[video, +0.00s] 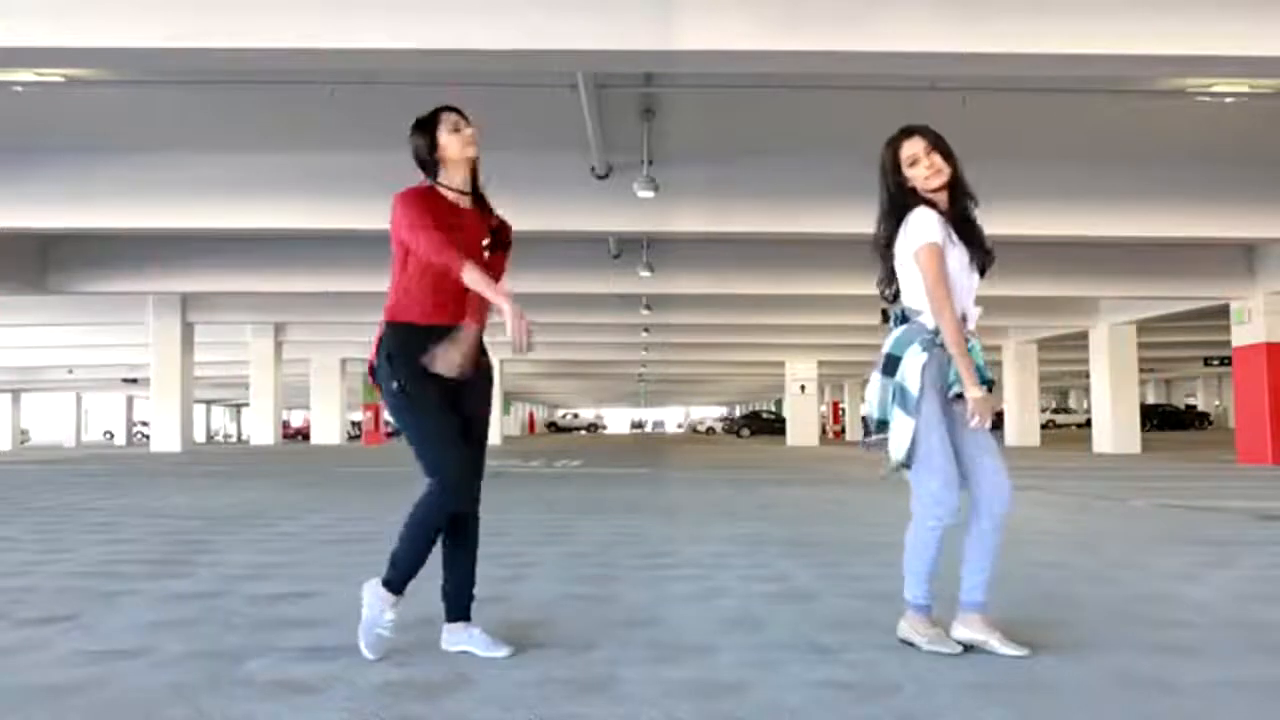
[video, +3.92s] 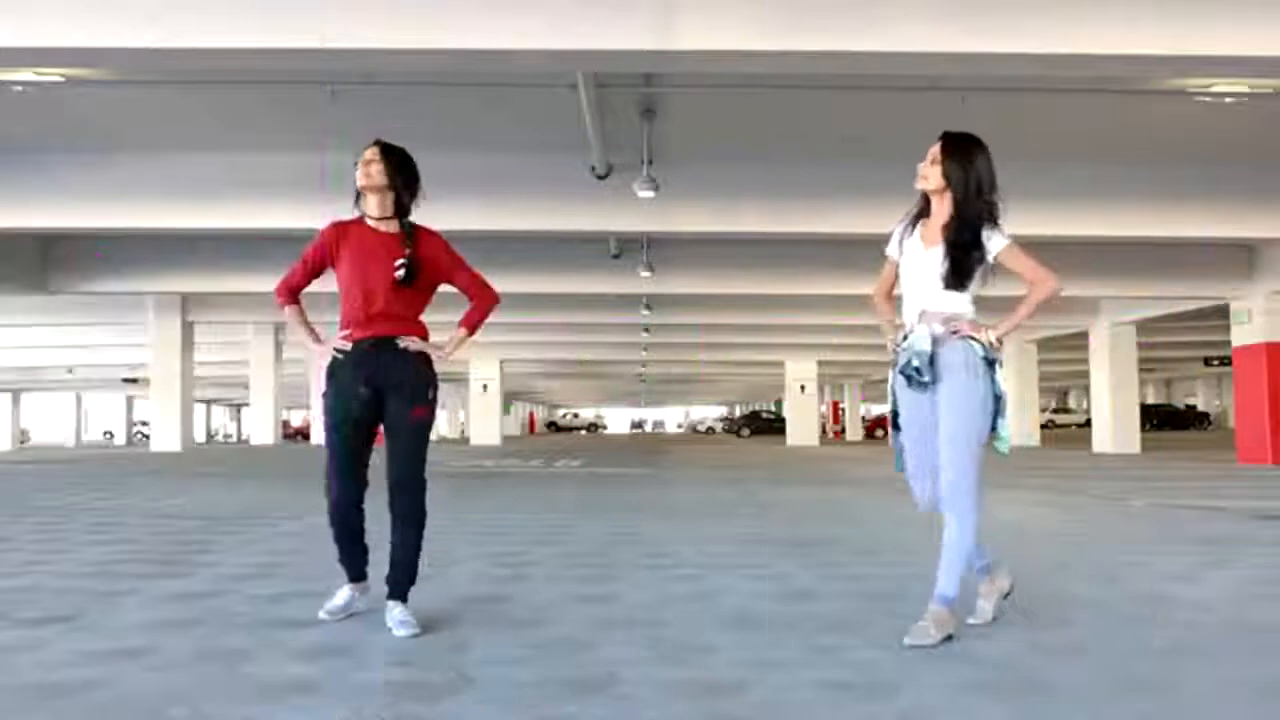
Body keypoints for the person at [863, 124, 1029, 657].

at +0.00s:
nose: (930, 164)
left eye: (934, 152)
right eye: (915, 163)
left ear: (949, 158)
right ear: (904, 180)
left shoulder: (952, 226)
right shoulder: (921, 223)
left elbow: (954, 309)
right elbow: (940, 307)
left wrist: (972, 379)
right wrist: (972, 383)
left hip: (958, 365)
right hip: (923, 365)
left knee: (994, 488)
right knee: (936, 492)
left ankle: (971, 615)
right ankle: (916, 615)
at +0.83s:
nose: (934, 172)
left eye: (939, 161)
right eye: (921, 170)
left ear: (957, 166)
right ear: (913, 183)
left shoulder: (968, 235)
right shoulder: (924, 224)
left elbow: (967, 325)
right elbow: (910, 307)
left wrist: (992, 394)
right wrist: (921, 391)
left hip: (961, 374)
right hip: (918, 371)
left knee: (1004, 494)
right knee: (933, 497)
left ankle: (971, 615)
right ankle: (916, 616)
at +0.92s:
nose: (925, 164)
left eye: (932, 153)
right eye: (916, 160)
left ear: (956, 155)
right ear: (911, 171)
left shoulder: (985, 224)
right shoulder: (917, 216)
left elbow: (996, 301)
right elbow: (869, 287)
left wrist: (1007, 358)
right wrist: (887, 358)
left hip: (968, 362)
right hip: (915, 356)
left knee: (995, 493)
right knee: (924, 490)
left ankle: (977, 616)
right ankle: (912, 615)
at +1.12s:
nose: (920, 155)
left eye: (929, 146)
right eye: (918, 146)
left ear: (958, 150)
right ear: (921, 153)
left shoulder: (1003, 213)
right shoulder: (910, 209)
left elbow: (1068, 257)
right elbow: (842, 242)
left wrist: (1034, 315)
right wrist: (869, 291)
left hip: (984, 353)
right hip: (918, 353)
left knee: (984, 490)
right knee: (920, 491)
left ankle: (1008, 613)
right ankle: (912, 614)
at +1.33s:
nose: (936, 159)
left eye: (945, 151)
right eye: (938, 150)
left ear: (972, 159)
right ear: (953, 159)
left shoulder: (1013, 215)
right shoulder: (930, 216)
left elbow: (1083, 268)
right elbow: (905, 274)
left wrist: (1036, 321)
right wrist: (916, 315)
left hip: (998, 359)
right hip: (938, 356)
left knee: (1003, 489)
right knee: (926, 487)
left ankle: (1009, 613)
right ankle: (910, 609)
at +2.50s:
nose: (997, 153)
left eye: (1010, 151)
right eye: (991, 143)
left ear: (1017, 172)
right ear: (970, 156)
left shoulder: (1026, 223)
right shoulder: (941, 227)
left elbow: (1095, 266)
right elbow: (914, 289)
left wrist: (1056, 325)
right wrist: (936, 333)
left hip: (1021, 359)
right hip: (963, 363)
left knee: (1016, 490)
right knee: (950, 490)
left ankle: (1012, 613)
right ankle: (984, 575)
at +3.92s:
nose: (922, 167)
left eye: (933, 162)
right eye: (926, 159)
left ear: (957, 175)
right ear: (932, 171)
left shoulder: (979, 233)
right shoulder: (906, 232)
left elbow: (1045, 282)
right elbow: (881, 294)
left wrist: (1000, 330)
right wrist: (895, 328)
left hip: (960, 359)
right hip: (913, 360)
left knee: (958, 486)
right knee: (926, 489)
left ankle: (942, 606)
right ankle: (989, 575)